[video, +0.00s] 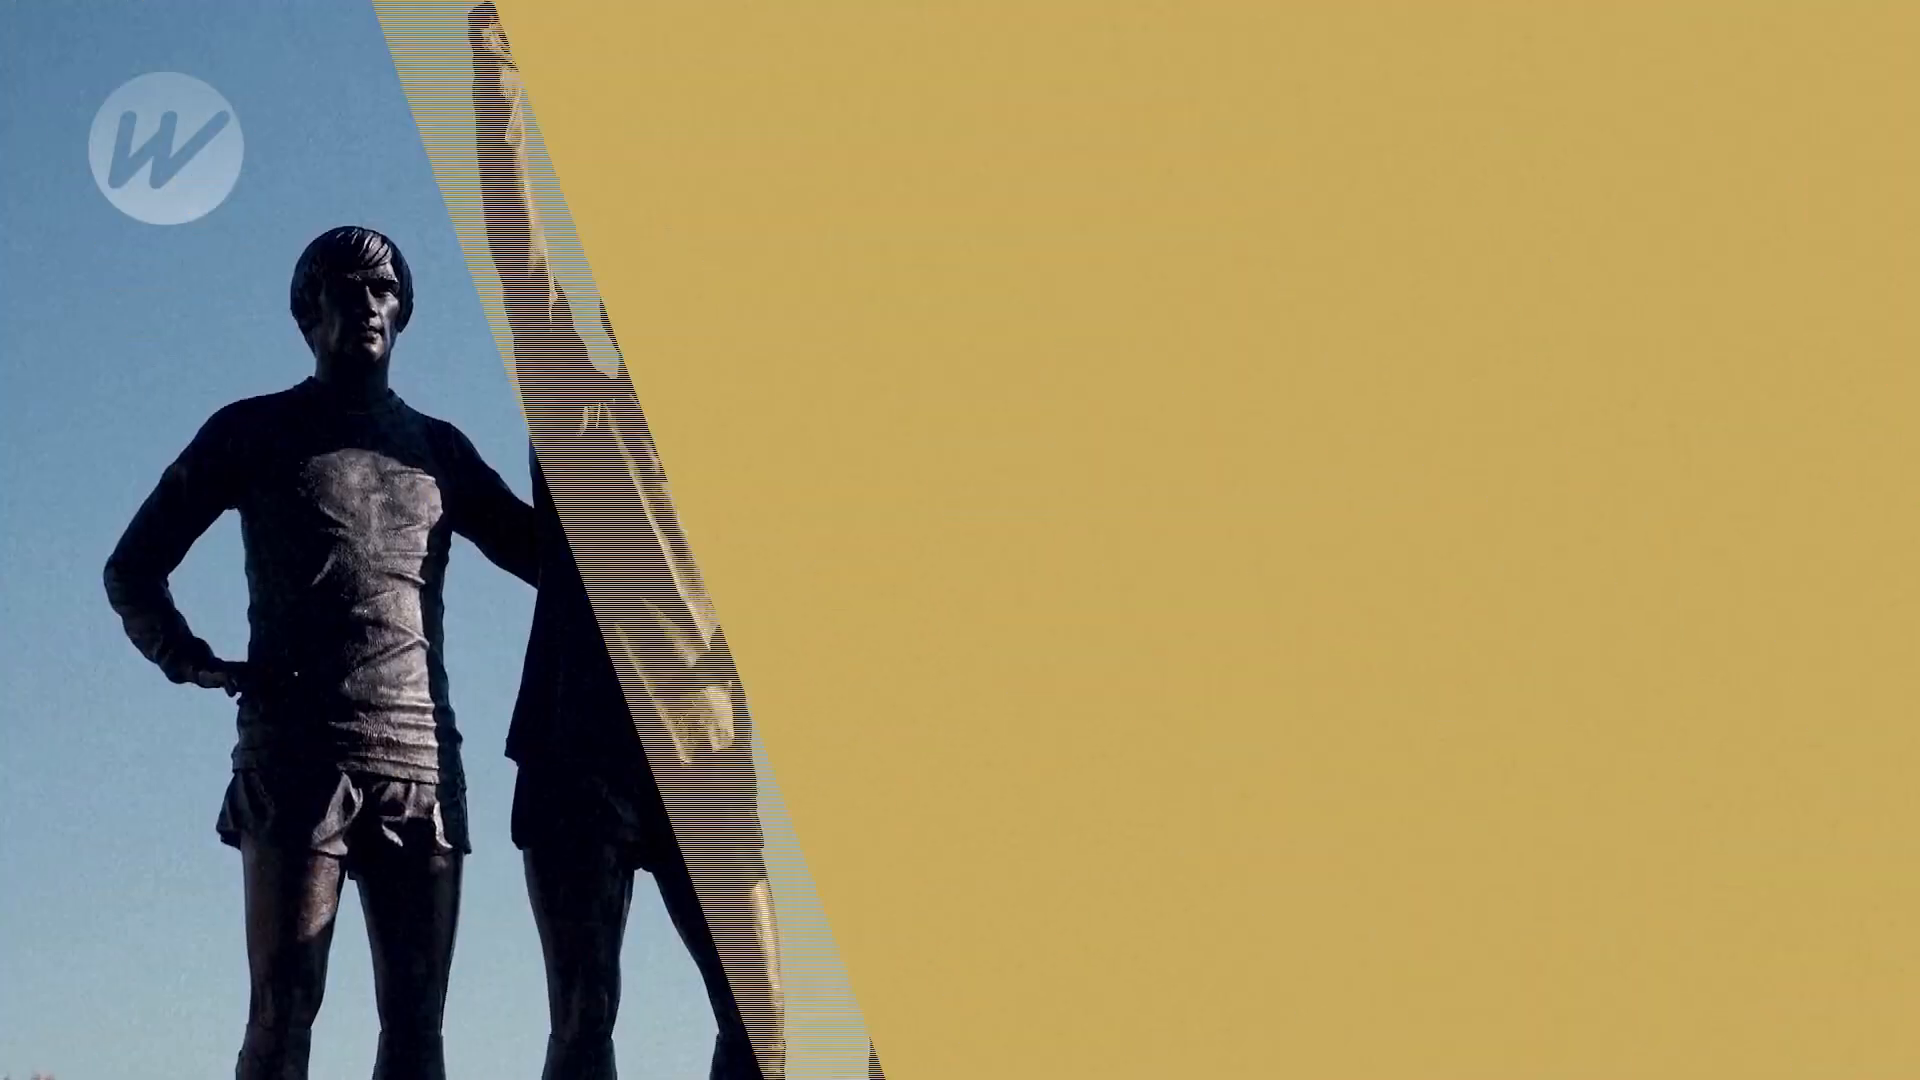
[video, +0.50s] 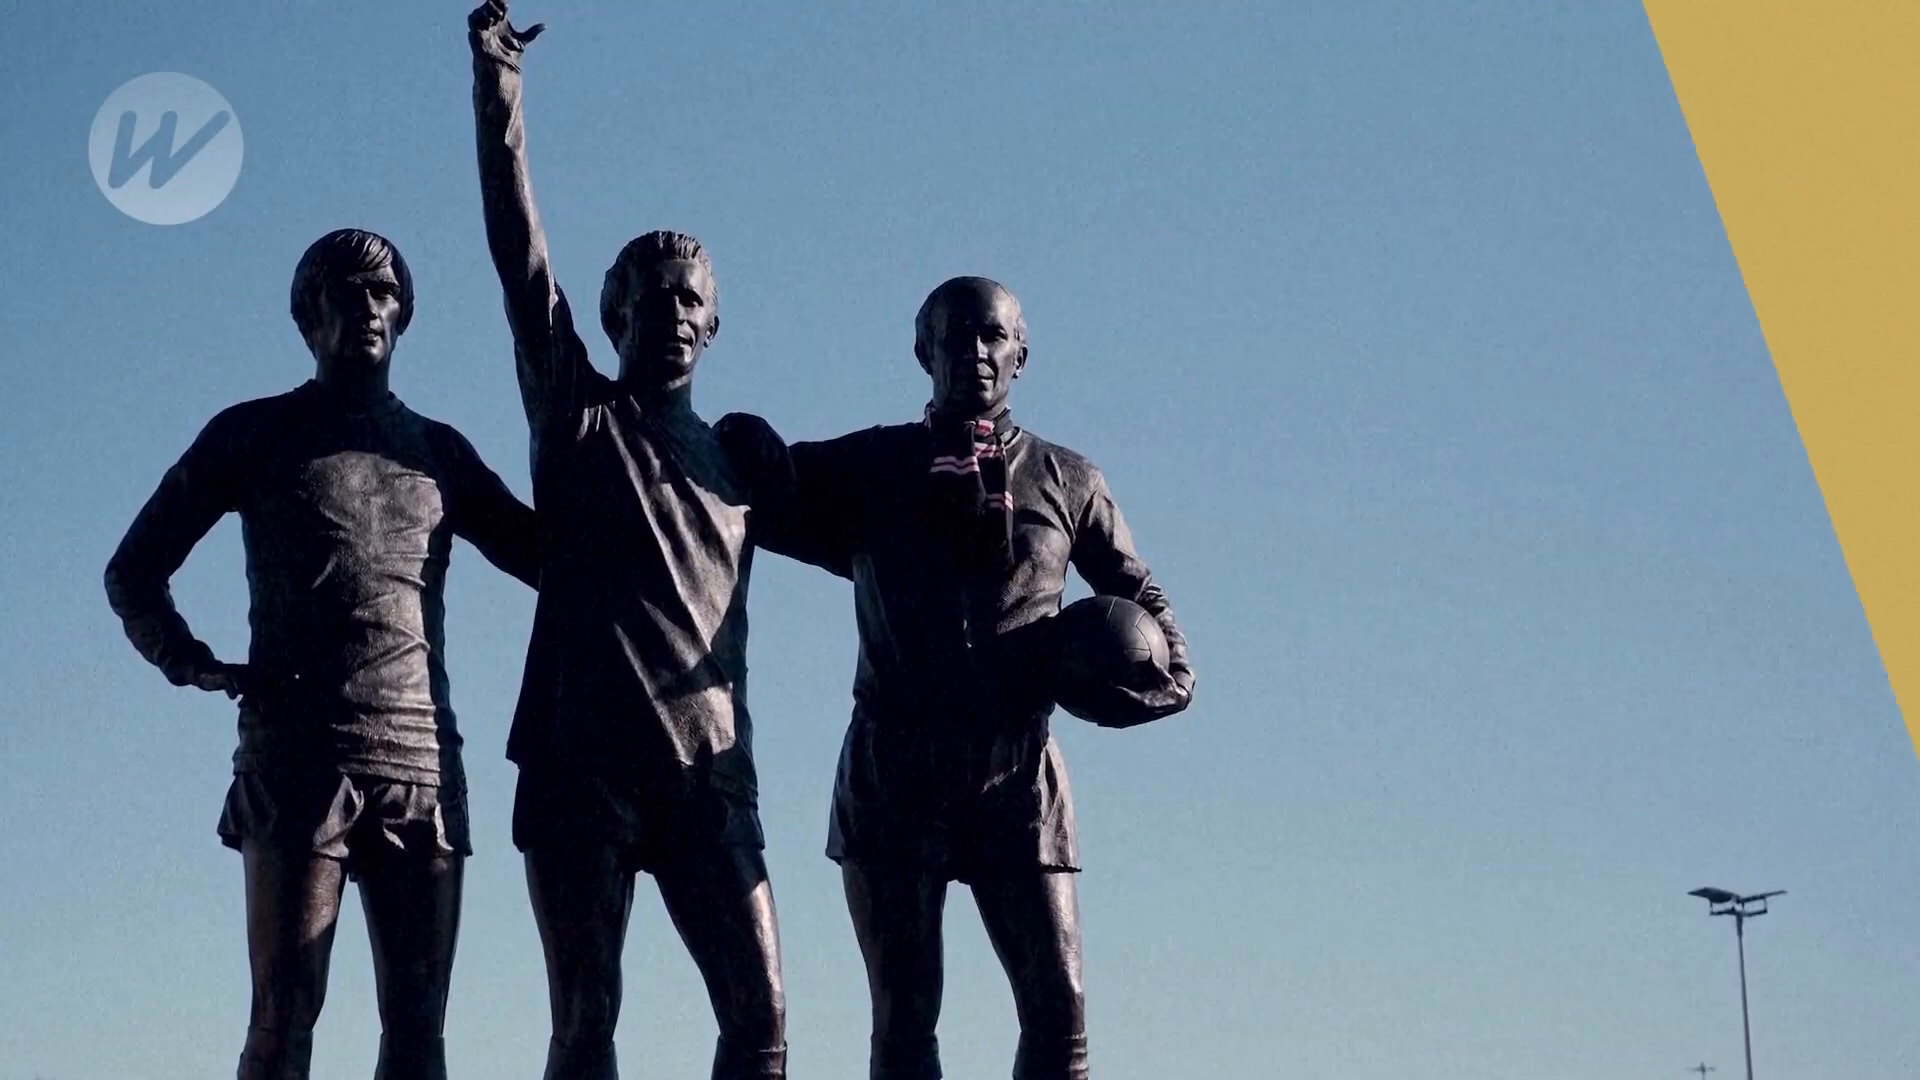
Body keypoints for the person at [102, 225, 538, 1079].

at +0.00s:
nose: (367, 306)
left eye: (382, 291)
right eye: (345, 291)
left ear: (403, 312)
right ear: (306, 311)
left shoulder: (440, 448)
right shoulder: (249, 433)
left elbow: (542, 551)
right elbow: (131, 573)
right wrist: (189, 660)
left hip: (419, 762)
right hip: (298, 755)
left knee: (417, 1019)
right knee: (285, 1014)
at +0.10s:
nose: (367, 307)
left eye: (382, 293)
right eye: (345, 292)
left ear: (403, 314)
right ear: (306, 312)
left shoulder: (441, 451)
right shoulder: (248, 435)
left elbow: (541, 555)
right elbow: (132, 575)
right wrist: (192, 663)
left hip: (419, 764)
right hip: (298, 759)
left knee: (417, 1023)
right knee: (285, 1017)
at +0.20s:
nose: (368, 308)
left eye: (383, 294)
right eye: (346, 293)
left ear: (404, 316)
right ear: (306, 313)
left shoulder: (439, 451)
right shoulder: (249, 436)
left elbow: (538, 555)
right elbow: (133, 574)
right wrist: (187, 663)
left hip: (420, 764)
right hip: (299, 758)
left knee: (417, 1025)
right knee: (285, 1022)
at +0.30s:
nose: (368, 310)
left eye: (383, 296)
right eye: (346, 295)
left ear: (403, 317)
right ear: (306, 314)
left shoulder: (439, 452)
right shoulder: (248, 437)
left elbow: (539, 556)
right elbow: (132, 575)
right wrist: (188, 664)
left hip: (420, 764)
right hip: (299, 758)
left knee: (418, 1024)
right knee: (285, 1019)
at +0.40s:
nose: (368, 309)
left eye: (382, 295)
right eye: (345, 294)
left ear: (403, 317)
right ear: (306, 314)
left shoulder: (440, 452)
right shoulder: (249, 436)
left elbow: (539, 556)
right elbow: (133, 575)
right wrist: (187, 663)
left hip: (420, 764)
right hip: (299, 758)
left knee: (418, 1023)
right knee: (286, 1017)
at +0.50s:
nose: (367, 306)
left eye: (382, 292)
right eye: (345, 291)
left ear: (404, 314)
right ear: (306, 311)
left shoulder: (440, 450)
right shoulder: (249, 435)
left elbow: (539, 554)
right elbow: (133, 574)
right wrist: (190, 663)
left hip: (421, 765)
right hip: (299, 760)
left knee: (418, 1024)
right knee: (286, 1021)